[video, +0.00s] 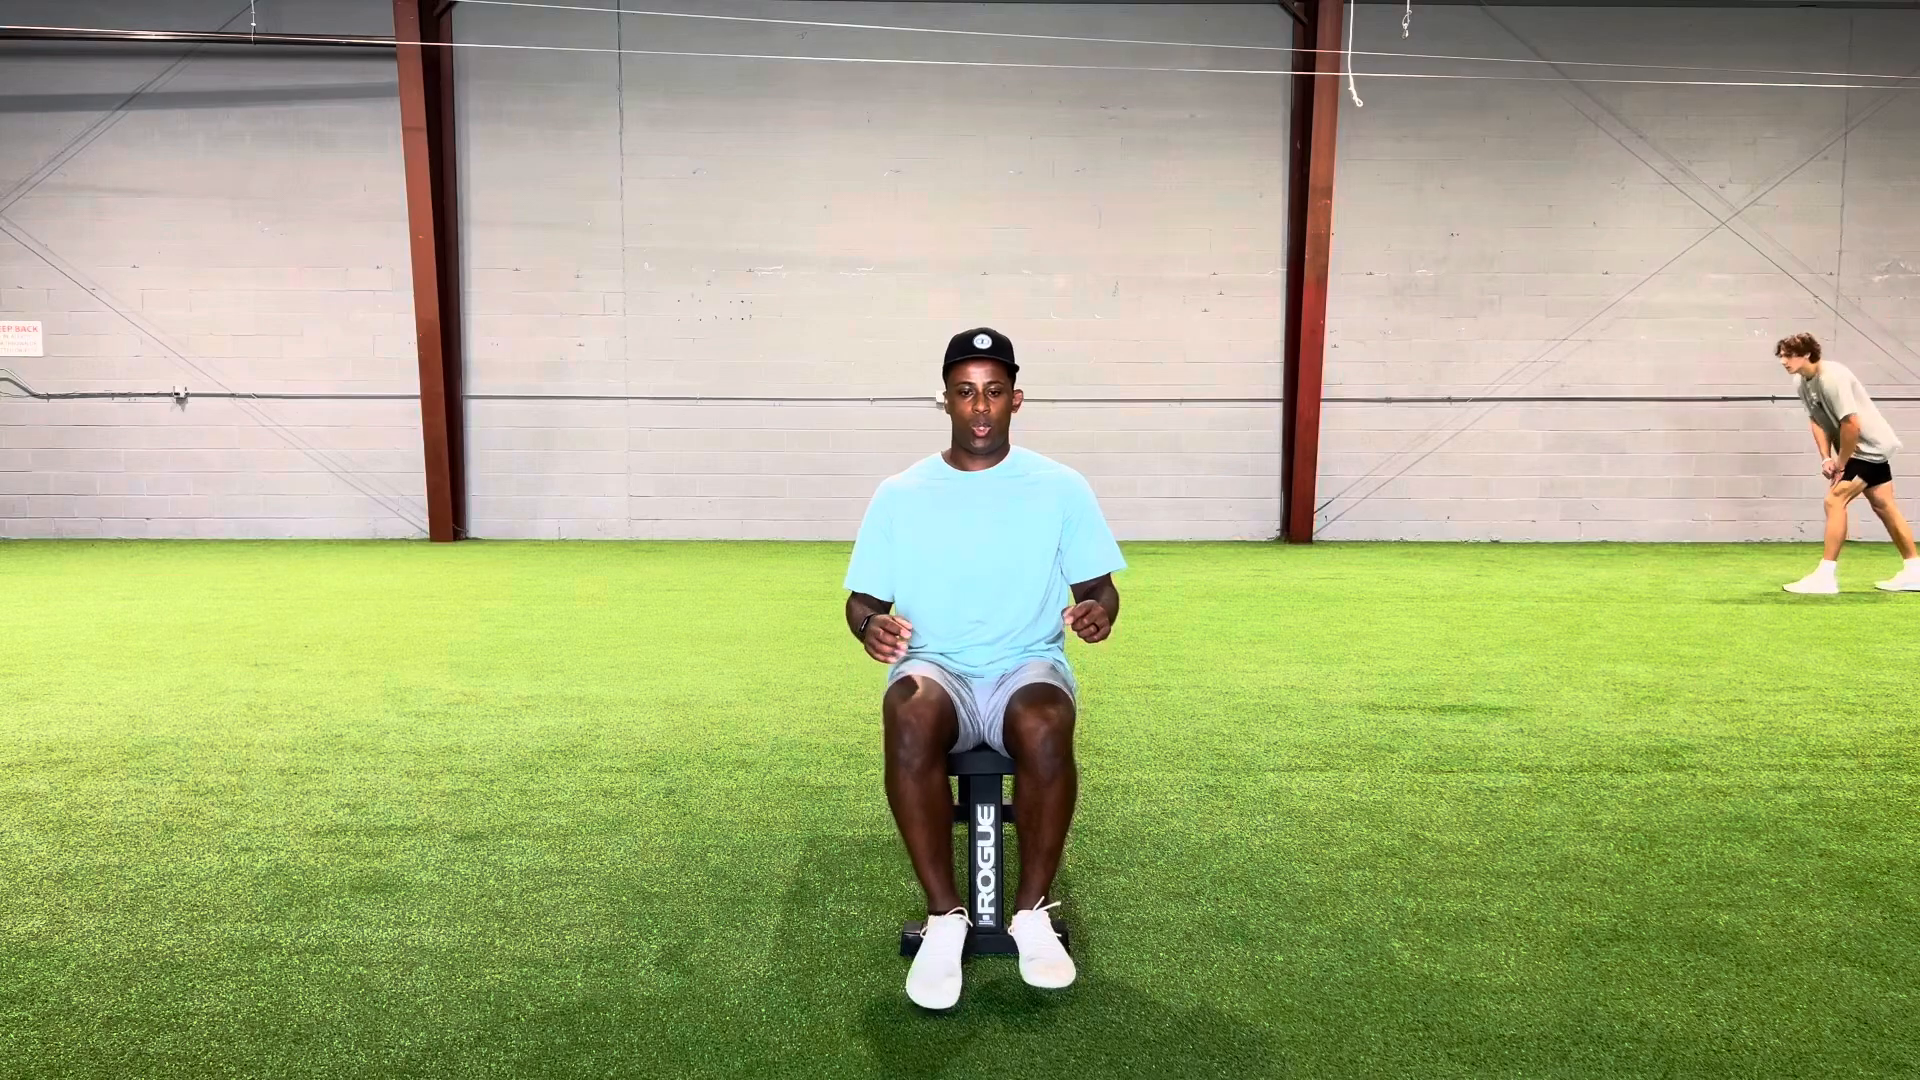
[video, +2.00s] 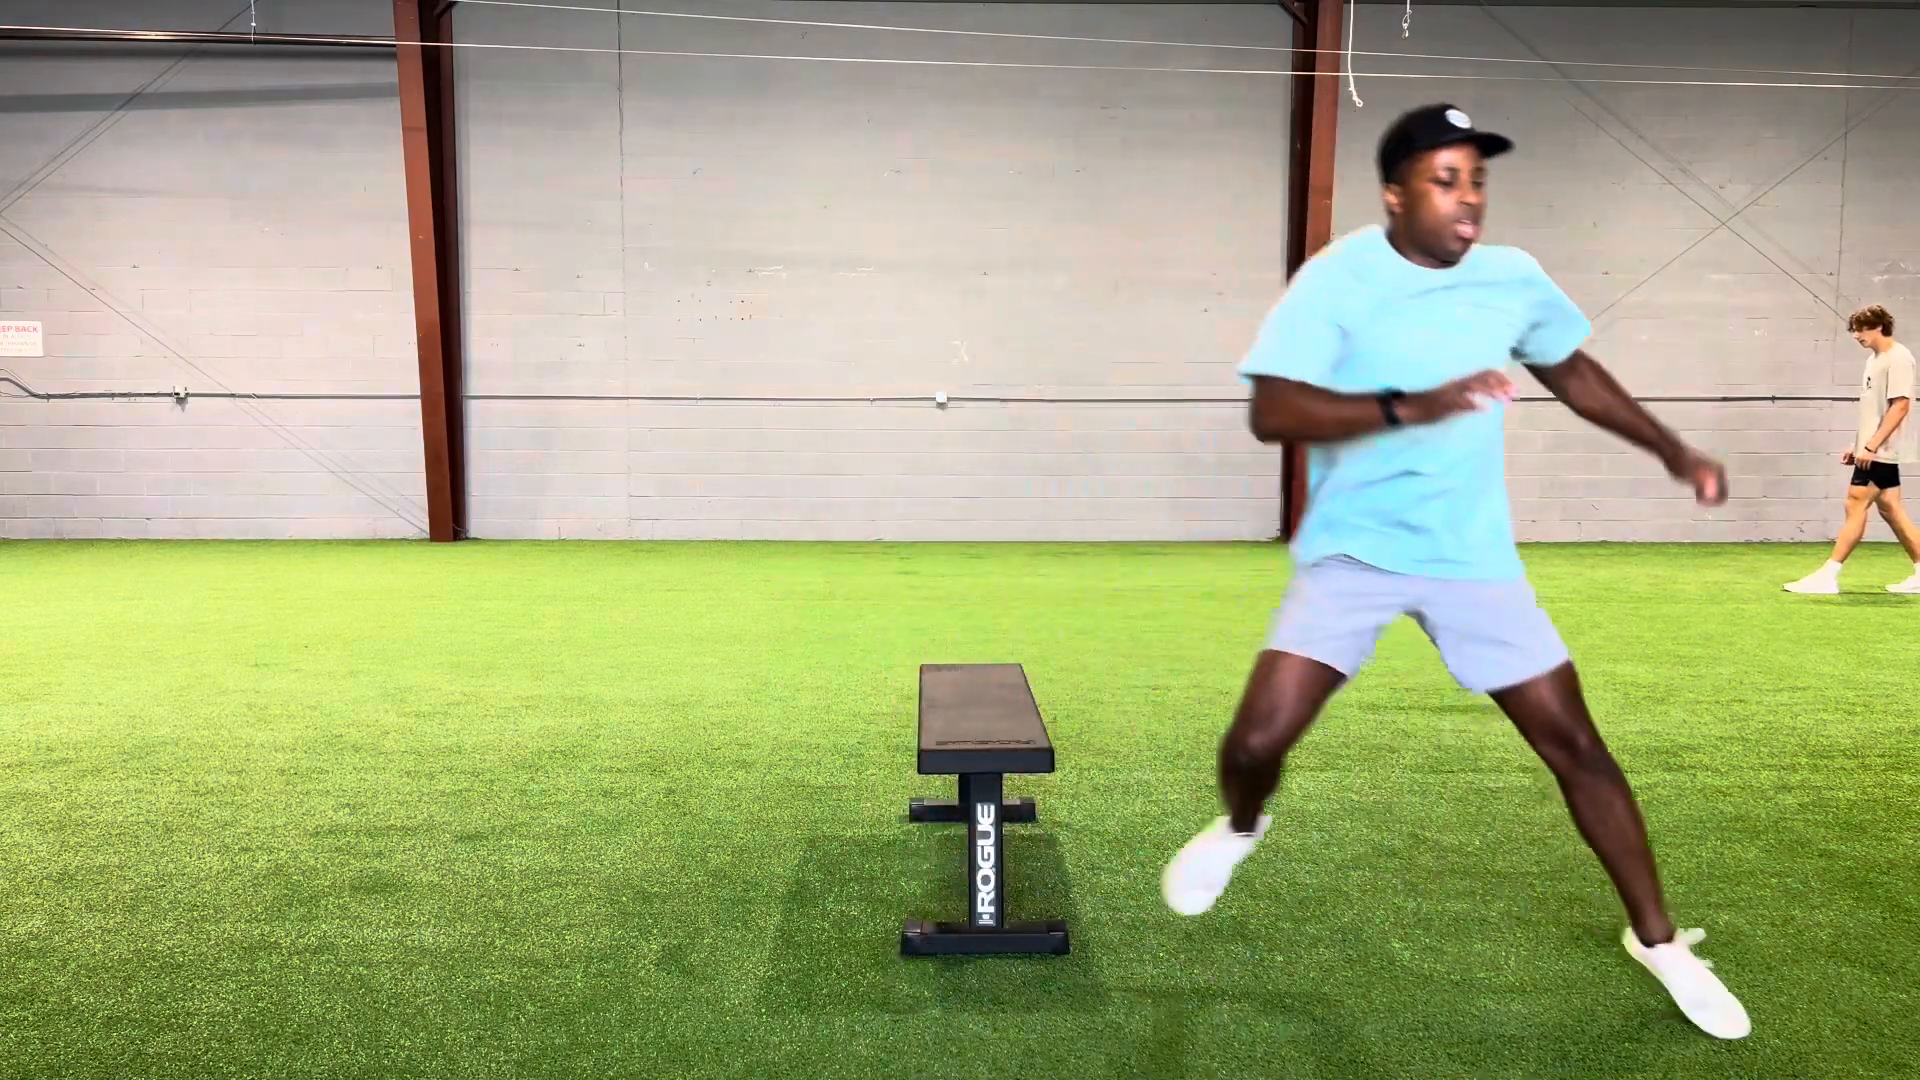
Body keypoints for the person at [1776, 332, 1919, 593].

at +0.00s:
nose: (1784, 362)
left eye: (1788, 356)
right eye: (1782, 357)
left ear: (1806, 355)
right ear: (1794, 358)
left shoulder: (1832, 377)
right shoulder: (1804, 384)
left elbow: (1851, 424)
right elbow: (1817, 421)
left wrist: (1841, 462)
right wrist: (1826, 456)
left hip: (1874, 449)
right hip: (1864, 449)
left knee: (1835, 501)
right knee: (1883, 506)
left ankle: (1825, 575)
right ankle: (1913, 568)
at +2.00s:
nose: (1858, 337)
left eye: (1862, 331)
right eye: (1856, 332)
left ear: (1879, 328)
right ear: (1869, 332)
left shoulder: (1898, 357)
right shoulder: (1875, 359)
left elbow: (1901, 407)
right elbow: (1873, 410)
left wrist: (1872, 446)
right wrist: (1857, 446)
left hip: (1880, 451)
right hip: (1875, 451)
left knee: (1856, 505)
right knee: (1891, 510)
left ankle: (1828, 574)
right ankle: (1919, 570)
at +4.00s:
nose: (1808, 361)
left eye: (1811, 354)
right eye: (1803, 358)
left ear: (1825, 347)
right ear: (1801, 358)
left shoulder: (1845, 370)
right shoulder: (1816, 378)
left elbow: (1858, 418)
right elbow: (1823, 416)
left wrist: (1843, 457)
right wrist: (1826, 449)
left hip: (1875, 448)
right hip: (1866, 449)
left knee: (1837, 501)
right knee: (1889, 509)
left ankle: (1826, 574)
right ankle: (1919, 567)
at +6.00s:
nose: (1767, 400)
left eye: (1766, 393)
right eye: (1762, 397)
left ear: (1777, 383)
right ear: (1775, 386)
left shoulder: (1813, 395)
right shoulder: (1788, 409)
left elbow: (1848, 430)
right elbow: (1806, 441)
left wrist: (1860, 472)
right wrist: (1804, 470)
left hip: (1861, 460)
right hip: (1854, 461)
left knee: (1819, 502)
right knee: (1882, 517)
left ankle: (1826, 577)